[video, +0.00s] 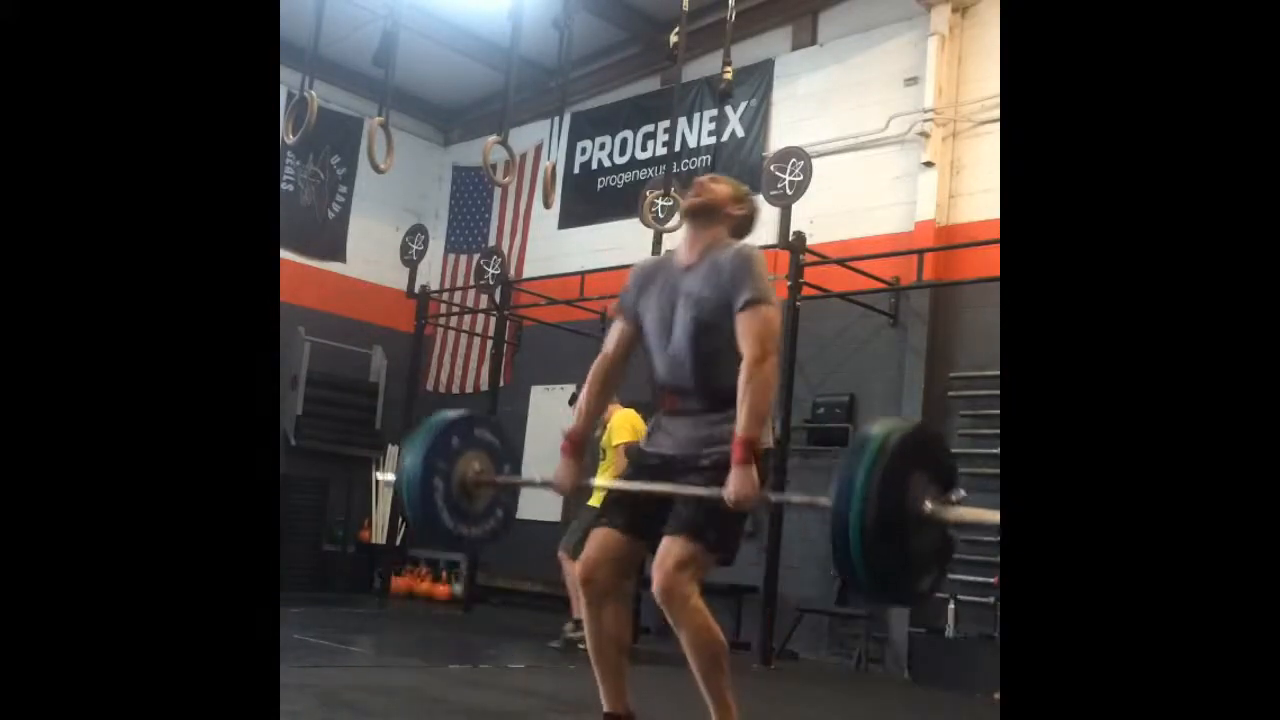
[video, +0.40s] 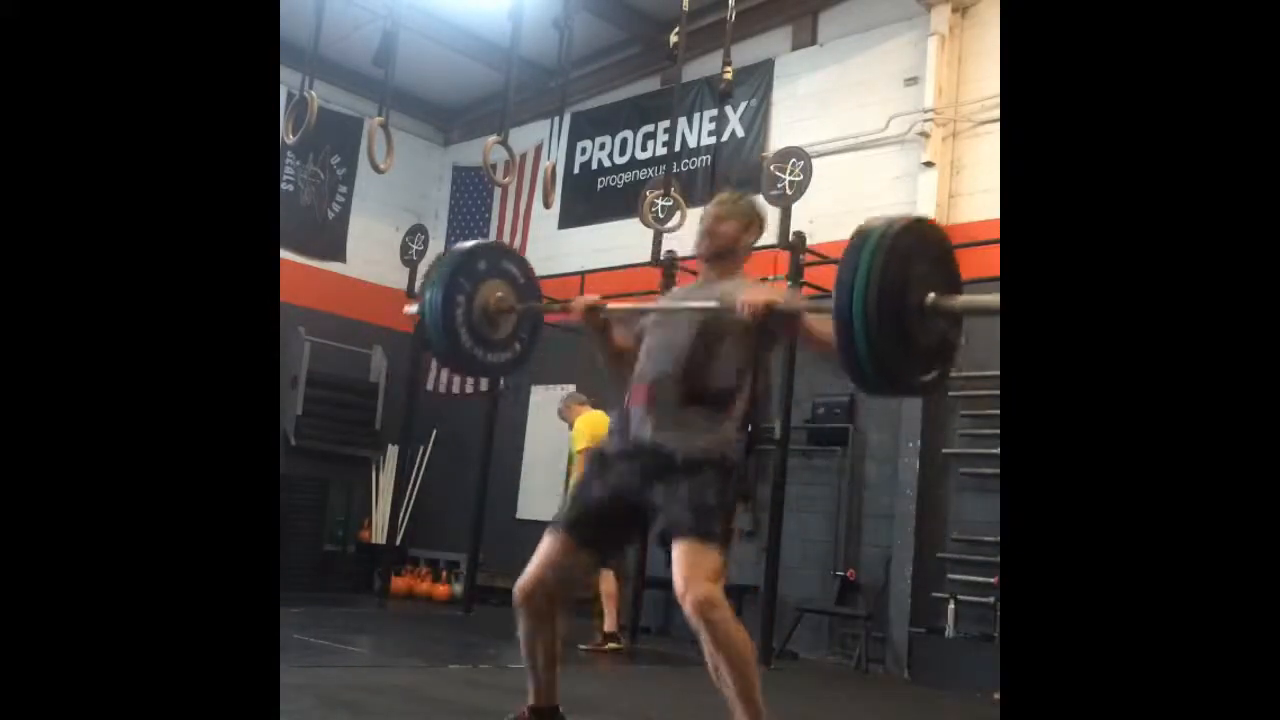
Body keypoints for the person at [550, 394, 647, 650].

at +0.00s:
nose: (579, 414)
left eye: (581, 407)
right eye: (577, 408)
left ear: (598, 402)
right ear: (604, 400)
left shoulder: (621, 420)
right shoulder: (619, 419)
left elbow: (624, 461)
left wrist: (603, 486)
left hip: (603, 496)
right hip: (604, 494)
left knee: (567, 552)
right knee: (585, 555)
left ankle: (579, 621)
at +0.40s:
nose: (567, 424)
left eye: (566, 418)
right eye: (565, 420)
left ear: (571, 408)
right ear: (584, 403)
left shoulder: (584, 422)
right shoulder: (608, 419)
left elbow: (582, 467)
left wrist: (570, 504)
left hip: (591, 501)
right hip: (611, 499)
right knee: (607, 565)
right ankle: (611, 630)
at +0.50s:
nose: (556, 420)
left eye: (555, 413)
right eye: (554, 414)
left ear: (563, 408)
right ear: (587, 403)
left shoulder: (570, 427)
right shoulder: (606, 427)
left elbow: (574, 466)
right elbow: (610, 466)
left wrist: (569, 504)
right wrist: (602, 492)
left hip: (575, 506)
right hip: (603, 504)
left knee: (548, 564)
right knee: (603, 563)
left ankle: (538, 623)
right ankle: (609, 626)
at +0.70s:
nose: (539, 414)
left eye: (538, 409)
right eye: (538, 409)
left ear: (545, 403)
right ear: (560, 399)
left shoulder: (551, 423)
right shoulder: (591, 422)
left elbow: (541, 465)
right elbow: (601, 464)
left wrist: (529, 502)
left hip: (553, 503)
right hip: (584, 507)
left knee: (547, 570)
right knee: (578, 562)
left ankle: (539, 625)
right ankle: (598, 606)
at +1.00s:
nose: (531, 407)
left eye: (531, 404)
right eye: (532, 404)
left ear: (536, 400)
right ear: (555, 398)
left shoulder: (533, 420)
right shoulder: (580, 424)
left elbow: (507, 464)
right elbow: (591, 467)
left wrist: (496, 487)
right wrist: (587, 500)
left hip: (536, 502)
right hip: (568, 505)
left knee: (539, 565)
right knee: (559, 565)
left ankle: (541, 626)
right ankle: (560, 623)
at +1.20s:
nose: (527, 407)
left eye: (527, 403)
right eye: (529, 403)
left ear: (531, 401)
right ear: (551, 401)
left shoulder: (525, 423)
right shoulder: (573, 430)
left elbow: (501, 461)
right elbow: (583, 468)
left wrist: (513, 467)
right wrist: (584, 503)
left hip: (529, 500)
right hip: (557, 505)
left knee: (533, 561)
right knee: (537, 562)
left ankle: (538, 623)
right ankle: (520, 614)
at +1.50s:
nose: (520, 404)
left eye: (521, 400)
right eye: (522, 401)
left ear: (525, 400)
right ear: (545, 401)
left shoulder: (516, 420)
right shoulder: (559, 433)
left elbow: (494, 455)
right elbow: (560, 475)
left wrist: (516, 455)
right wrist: (552, 496)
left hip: (515, 499)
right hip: (542, 503)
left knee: (507, 555)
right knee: (526, 562)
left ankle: (527, 606)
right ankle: (510, 615)